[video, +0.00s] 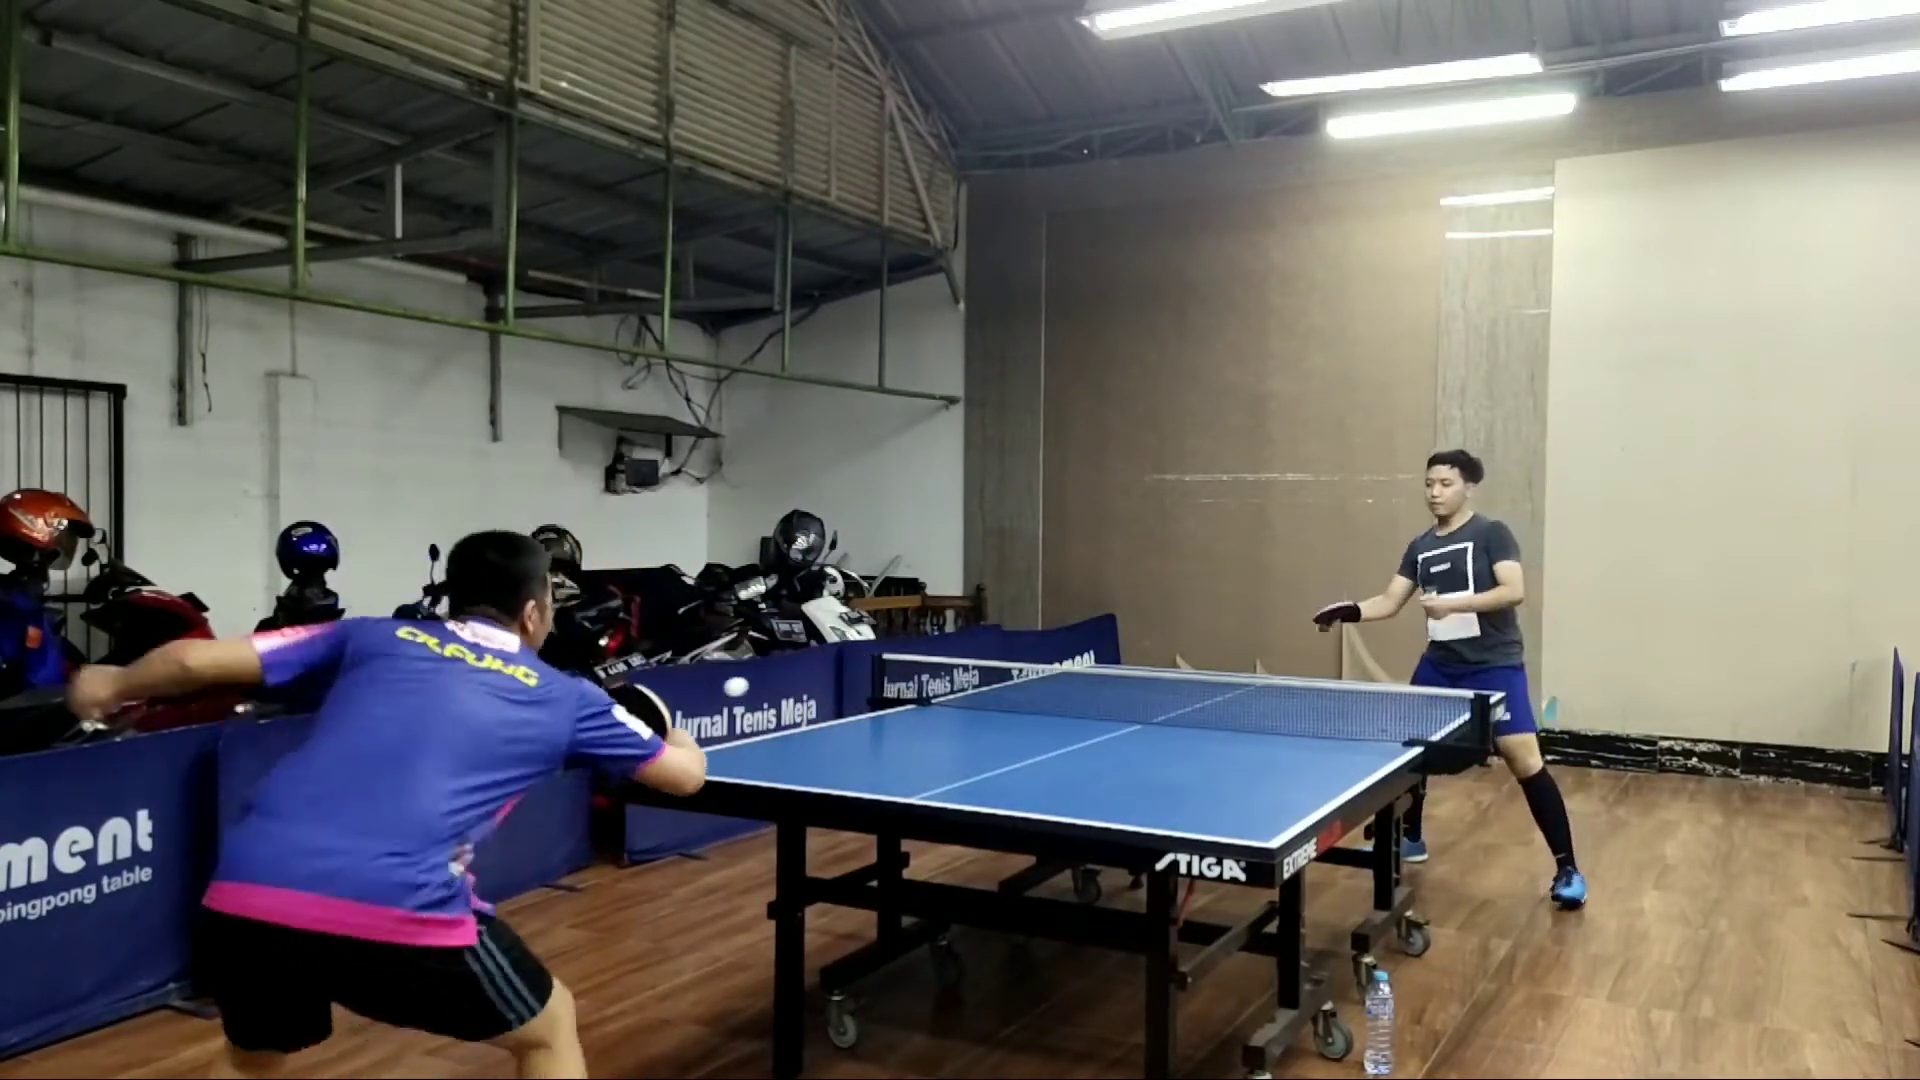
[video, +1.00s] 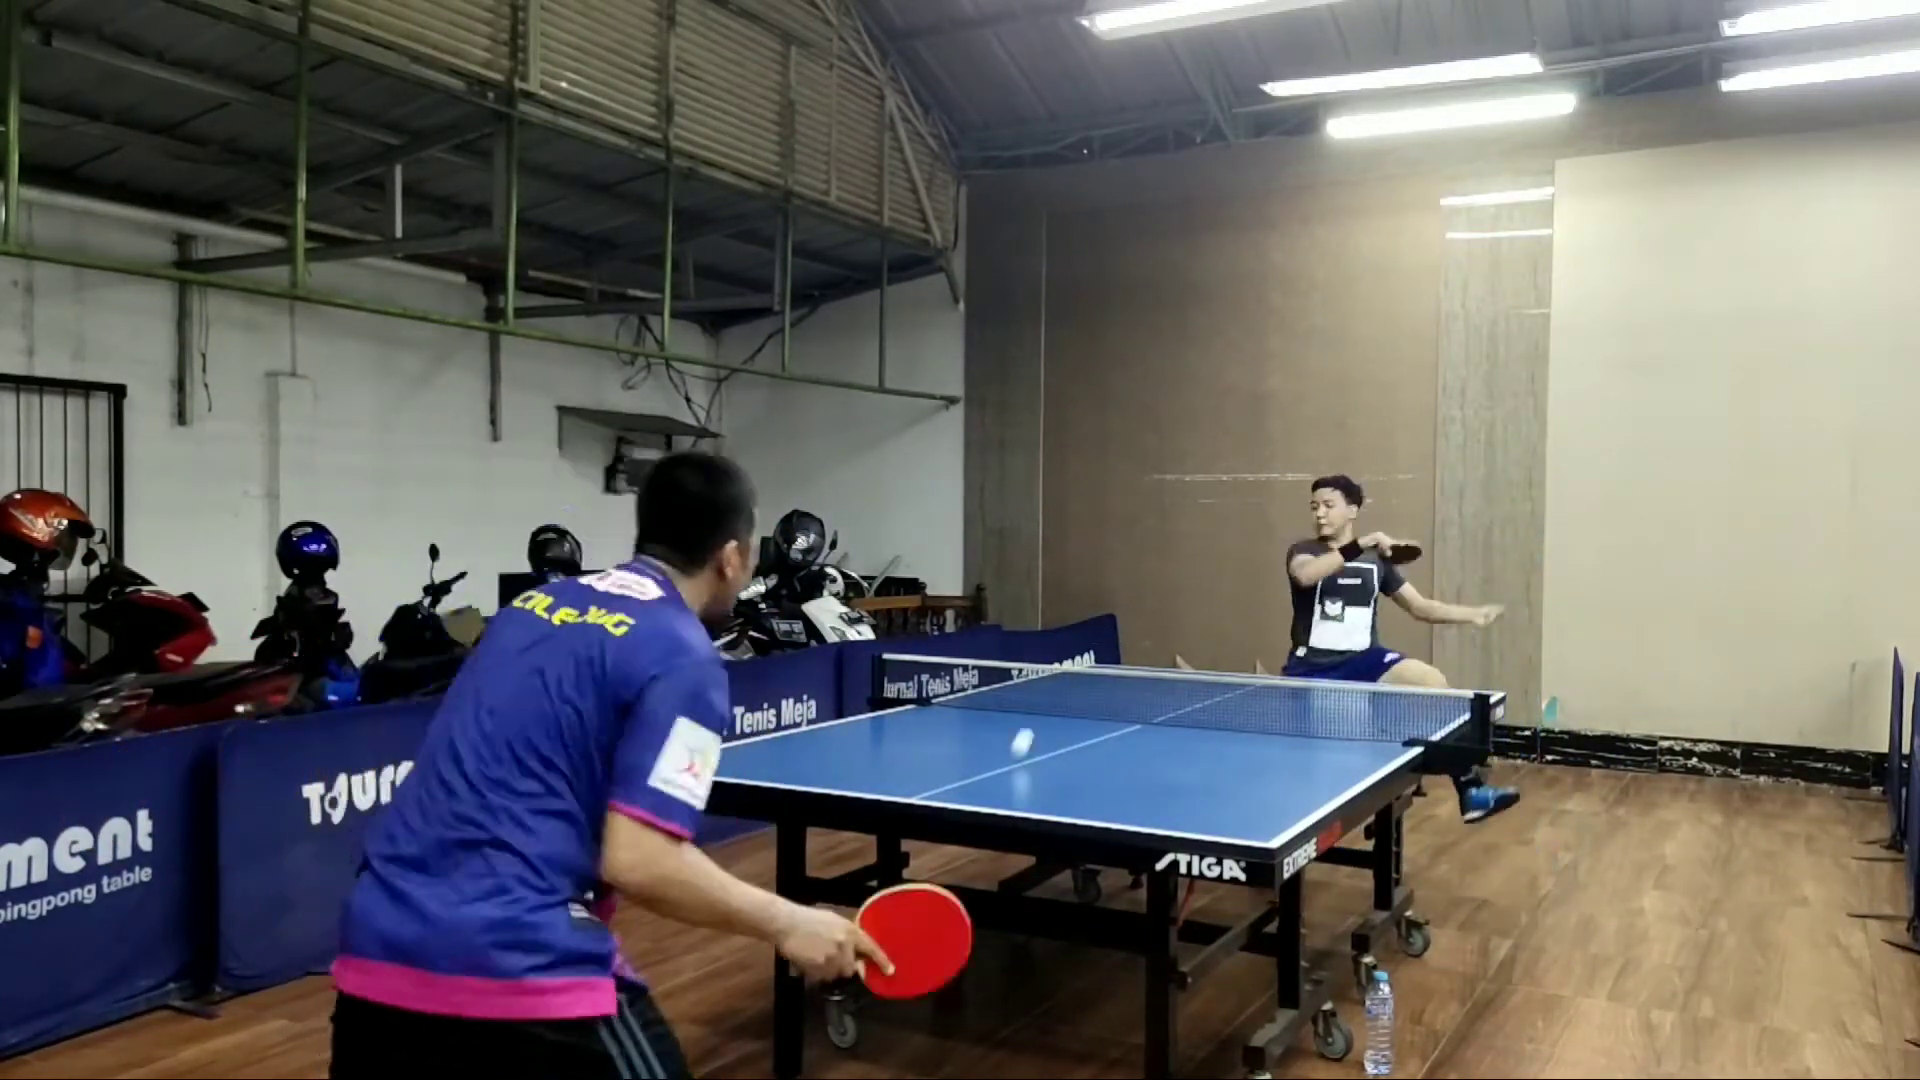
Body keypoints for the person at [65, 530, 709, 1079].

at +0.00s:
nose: (552, 616)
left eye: (549, 601)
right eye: (550, 603)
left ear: (451, 596)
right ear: (531, 614)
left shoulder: (368, 635)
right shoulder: (562, 697)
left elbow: (206, 660)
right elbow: (686, 775)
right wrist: (657, 729)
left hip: (249, 904)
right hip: (399, 923)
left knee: (254, 1057)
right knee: (548, 1030)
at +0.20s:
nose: (594, 623)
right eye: (593, 611)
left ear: (492, 605)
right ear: (582, 619)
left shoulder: (433, 648)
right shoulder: (617, 698)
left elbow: (296, 685)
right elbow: (722, 726)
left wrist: (104, 706)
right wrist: (745, 700)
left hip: (351, 916)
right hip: (509, 928)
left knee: (295, 1060)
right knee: (603, 1024)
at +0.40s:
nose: (603, 561)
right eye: (601, 547)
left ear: (501, 542)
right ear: (590, 554)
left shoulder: (426, 600)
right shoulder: (627, 644)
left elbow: (287, 686)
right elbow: (743, 769)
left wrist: (115, 767)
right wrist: (753, 770)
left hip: (363, 894)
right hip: (515, 900)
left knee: (344, 1060)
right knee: (591, 1043)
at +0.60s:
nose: (589, 524)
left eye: (586, 508)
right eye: (587, 509)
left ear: (484, 512)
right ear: (568, 518)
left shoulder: (389, 587)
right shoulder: (592, 613)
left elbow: (254, 712)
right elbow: (660, 780)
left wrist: (157, 814)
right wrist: (731, 843)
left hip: (325, 899)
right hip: (479, 897)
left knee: (327, 1070)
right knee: (613, 1054)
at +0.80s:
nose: (640, 510)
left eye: (642, 491)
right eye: (641, 492)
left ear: (538, 491)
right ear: (621, 504)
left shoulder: (436, 568)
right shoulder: (636, 598)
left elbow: (317, 730)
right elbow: (676, 790)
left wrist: (304, 846)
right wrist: (741, 877)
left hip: (350, 903)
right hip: (507, 907)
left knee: (361, 1070)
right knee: (648, 1072)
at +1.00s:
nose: (751, 567)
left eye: (751, 548)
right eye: (753, 548)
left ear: (644, 534)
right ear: (730, 555)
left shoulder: (535, 603)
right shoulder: (680, 655)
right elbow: (637, 857)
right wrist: (789, 923)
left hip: (379, 965)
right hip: (523, 976)